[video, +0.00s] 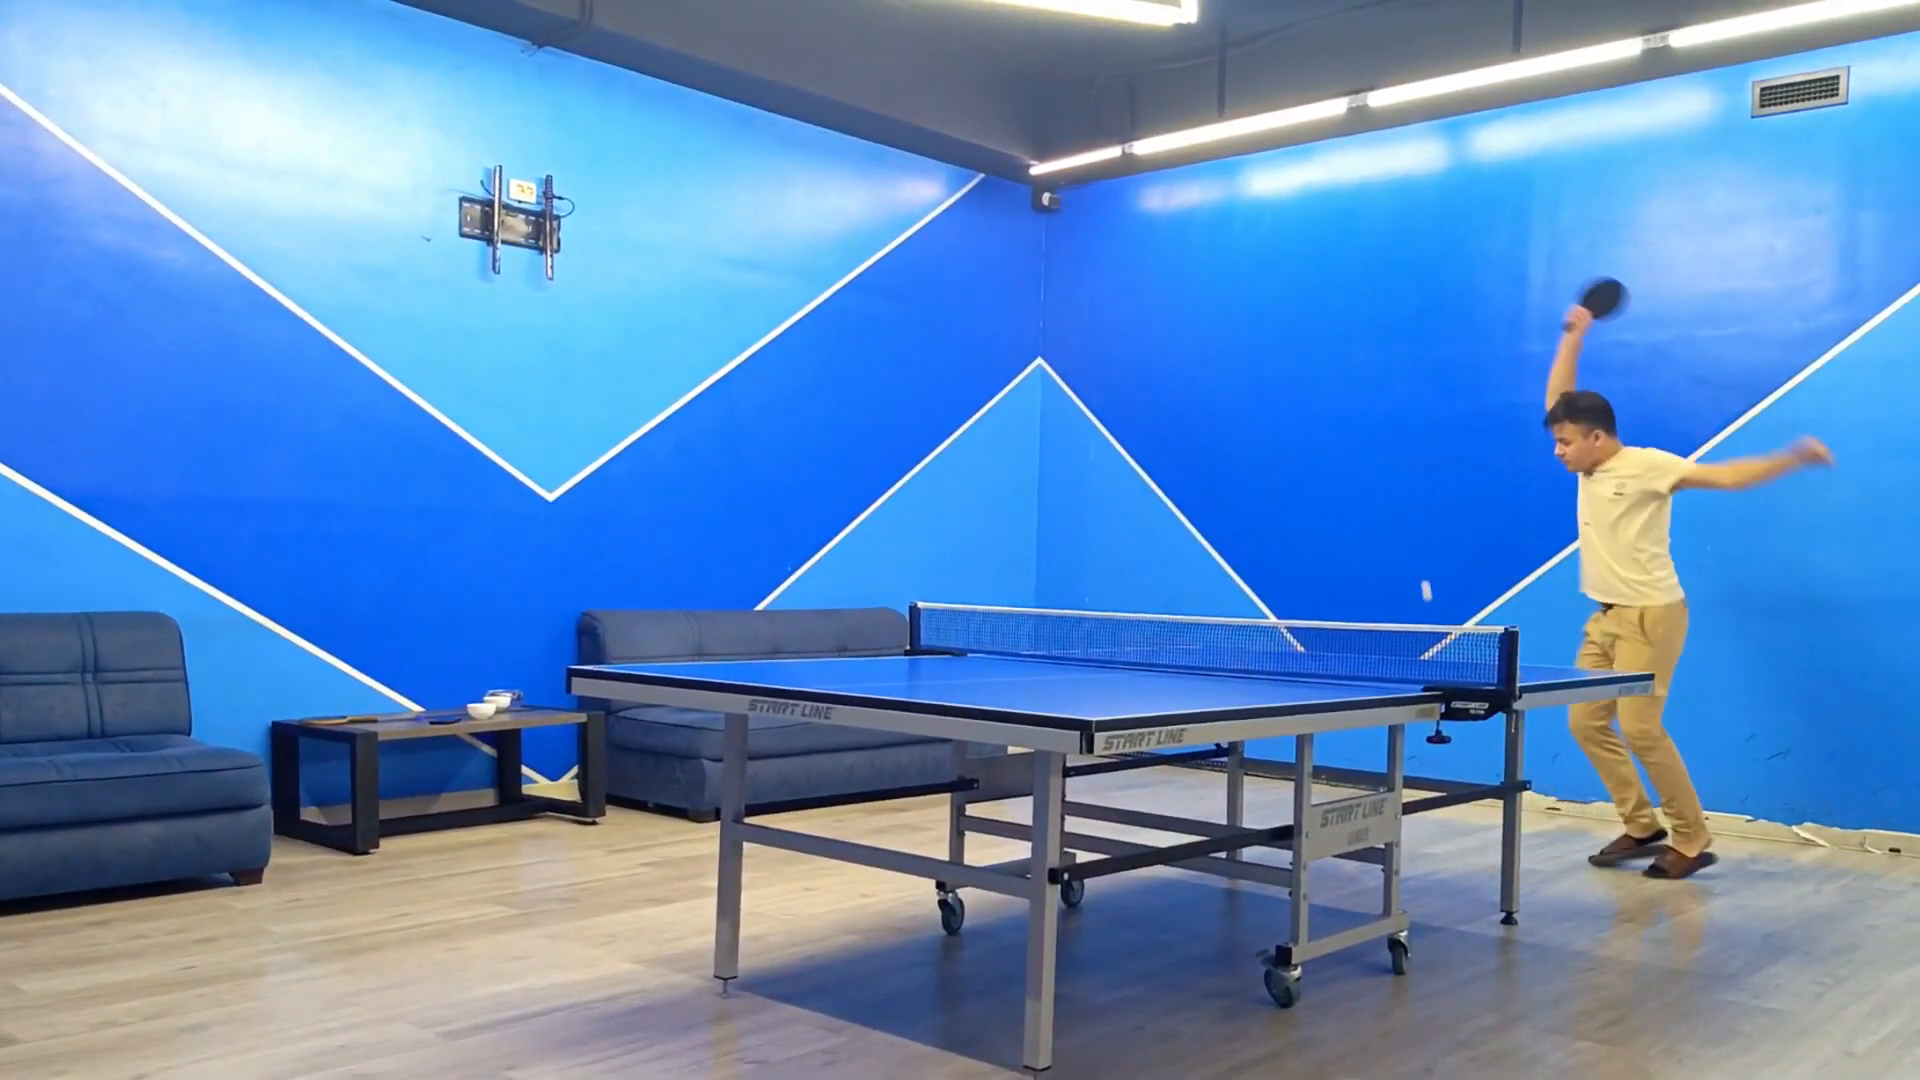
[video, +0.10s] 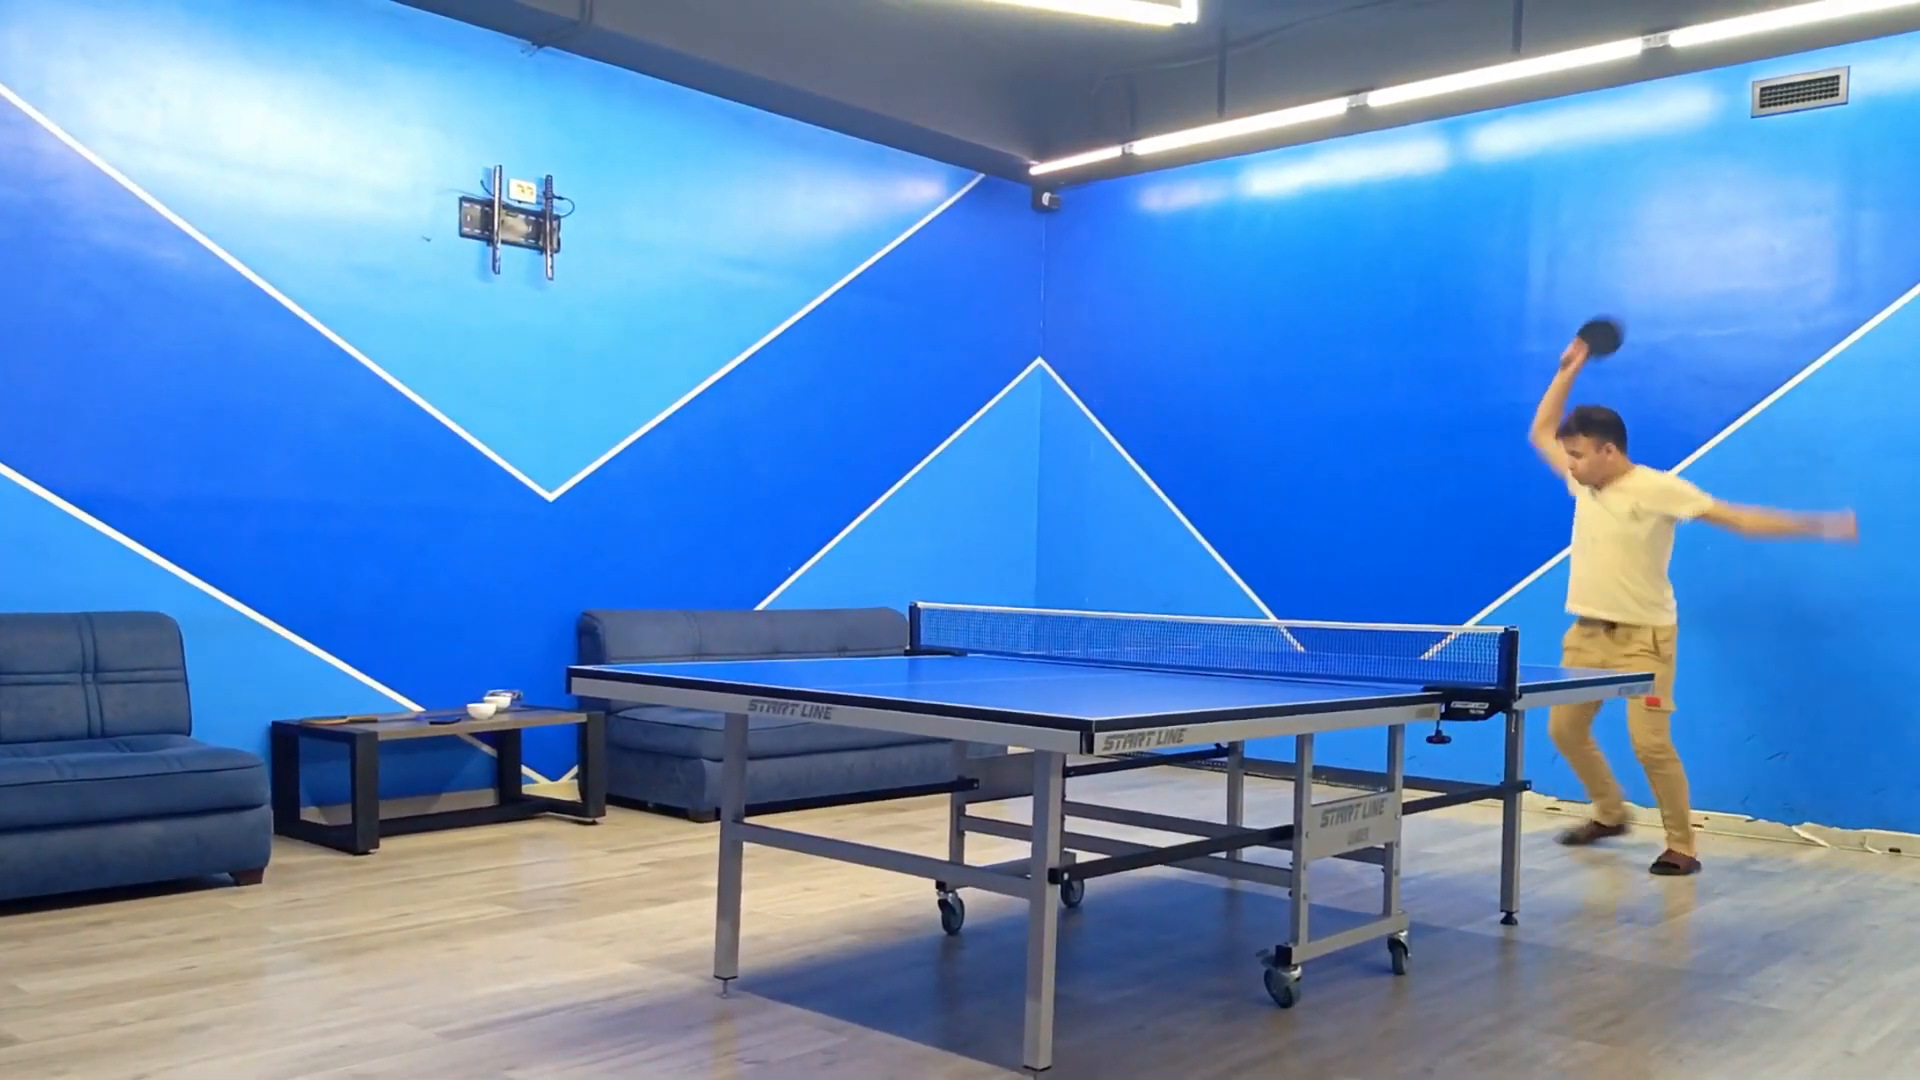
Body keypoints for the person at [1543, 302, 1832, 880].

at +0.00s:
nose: (1560, 454)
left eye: (1565, 444)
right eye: (1557, 446)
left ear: (1598, 437)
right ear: (1584, 441)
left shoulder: (1645, 467)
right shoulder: (1589, 467)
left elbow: (1725, 476)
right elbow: (1559, 402)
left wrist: (1791, 459)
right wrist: (1572, 335)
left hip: (1653, 616)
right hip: (1608, 616)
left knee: (1639, 725)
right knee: (1586, 721)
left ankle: (1692, 841)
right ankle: (1642, 827)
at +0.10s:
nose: (1571, 465)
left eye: (1577, 455)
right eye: (1568, 457)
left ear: (1609, 449)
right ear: (1573, 456)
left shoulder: (1656, 488)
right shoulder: (1582, 484)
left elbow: (1737, 519)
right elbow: (1541, 433)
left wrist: (1816, 525)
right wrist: (1565, 373)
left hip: (1644, 635)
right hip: (1586, 632)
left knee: (1650, 744)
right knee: (1566, 732)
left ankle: (1681, 848)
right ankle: (1610, 812)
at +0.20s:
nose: (1579, 478)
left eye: (1587, 468)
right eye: (1576, 468)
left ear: (1619, 468)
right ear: (1578, 469)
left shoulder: (1662, 514)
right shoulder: (1572, 501)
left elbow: (1723, 564)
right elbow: (1503, 481)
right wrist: (1524, 427)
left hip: (1637, 647)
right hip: (1579, 647)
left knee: (1645, 739)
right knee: (1554, 734)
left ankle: (1681, 844)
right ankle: (1568, 812)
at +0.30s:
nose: (1572, 477)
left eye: (1581, 469)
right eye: (1571, 468)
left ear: (1612, 470)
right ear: (1573, 466)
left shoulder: (1652, 518)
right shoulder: (1563, 501)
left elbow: (1688, 578)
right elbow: (1494, 520)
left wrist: (1722, 631)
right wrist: (1493, 493)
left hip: (1623, 646)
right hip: (1566, 642)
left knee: (1640, 739)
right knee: (1544, 730)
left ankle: (1676, 842)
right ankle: (1568, 814)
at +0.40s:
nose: (1561, 474)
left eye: (1569, 466)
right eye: (1560, 466)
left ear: (1600, 464)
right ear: (1560, 464)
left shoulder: (1644, 510)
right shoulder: (1556, 495)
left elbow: (1667, 575)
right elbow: (1505, 532)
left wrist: (1687, 634)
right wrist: (1499, 542)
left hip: (1616, 636)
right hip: (1560, 633)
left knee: (1622, 725)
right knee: (1548, 723)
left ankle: (1652, 828)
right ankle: (1567, 813)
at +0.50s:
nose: (1550, 481)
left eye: (1556, 473)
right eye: (1549, 473)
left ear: (1587, 467)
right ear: (1555, 469)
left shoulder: (1635, 510)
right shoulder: (1549, 494)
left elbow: (1657, 576)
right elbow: (1514, 541)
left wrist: (1656, 638)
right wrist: (1518, 567)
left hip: (1610, 628)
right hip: (1555, 624)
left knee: (1615, 723)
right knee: (1550, 718)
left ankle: (1617, 813)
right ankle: (1565, 810)